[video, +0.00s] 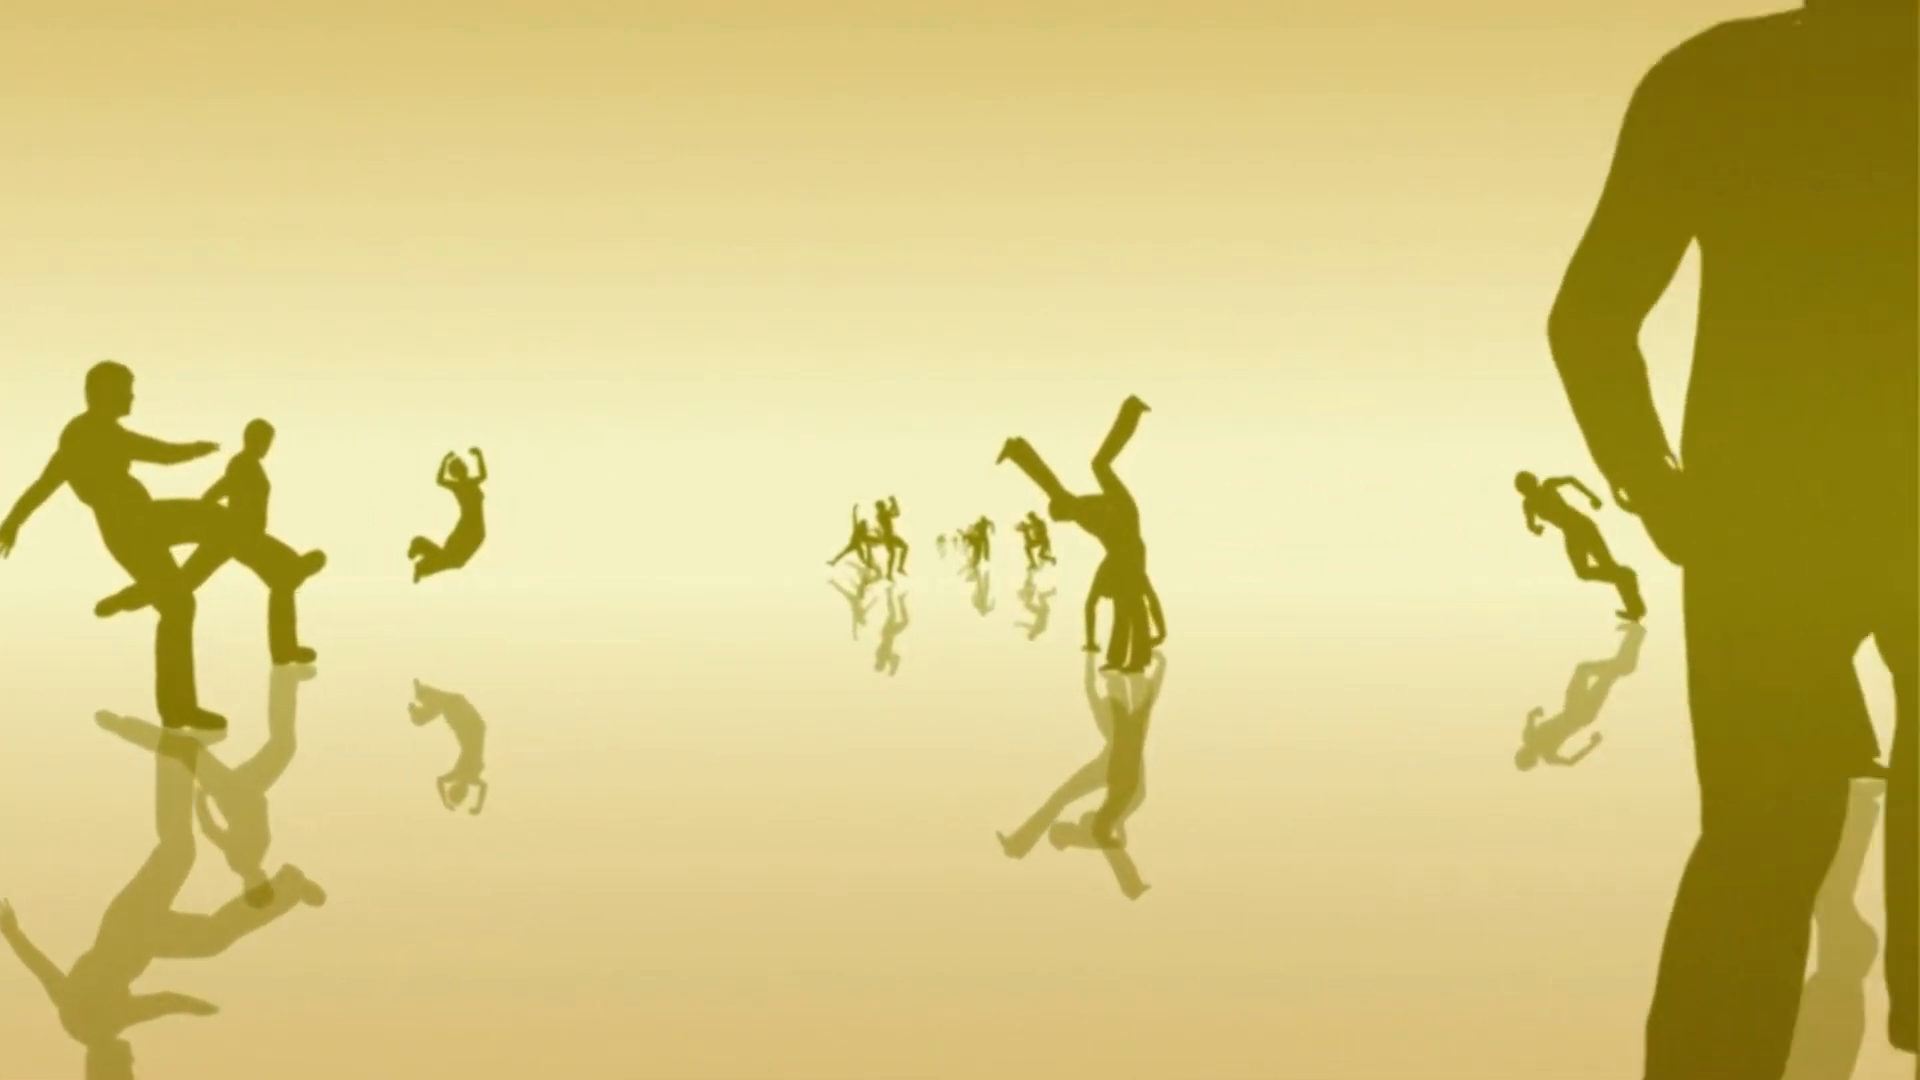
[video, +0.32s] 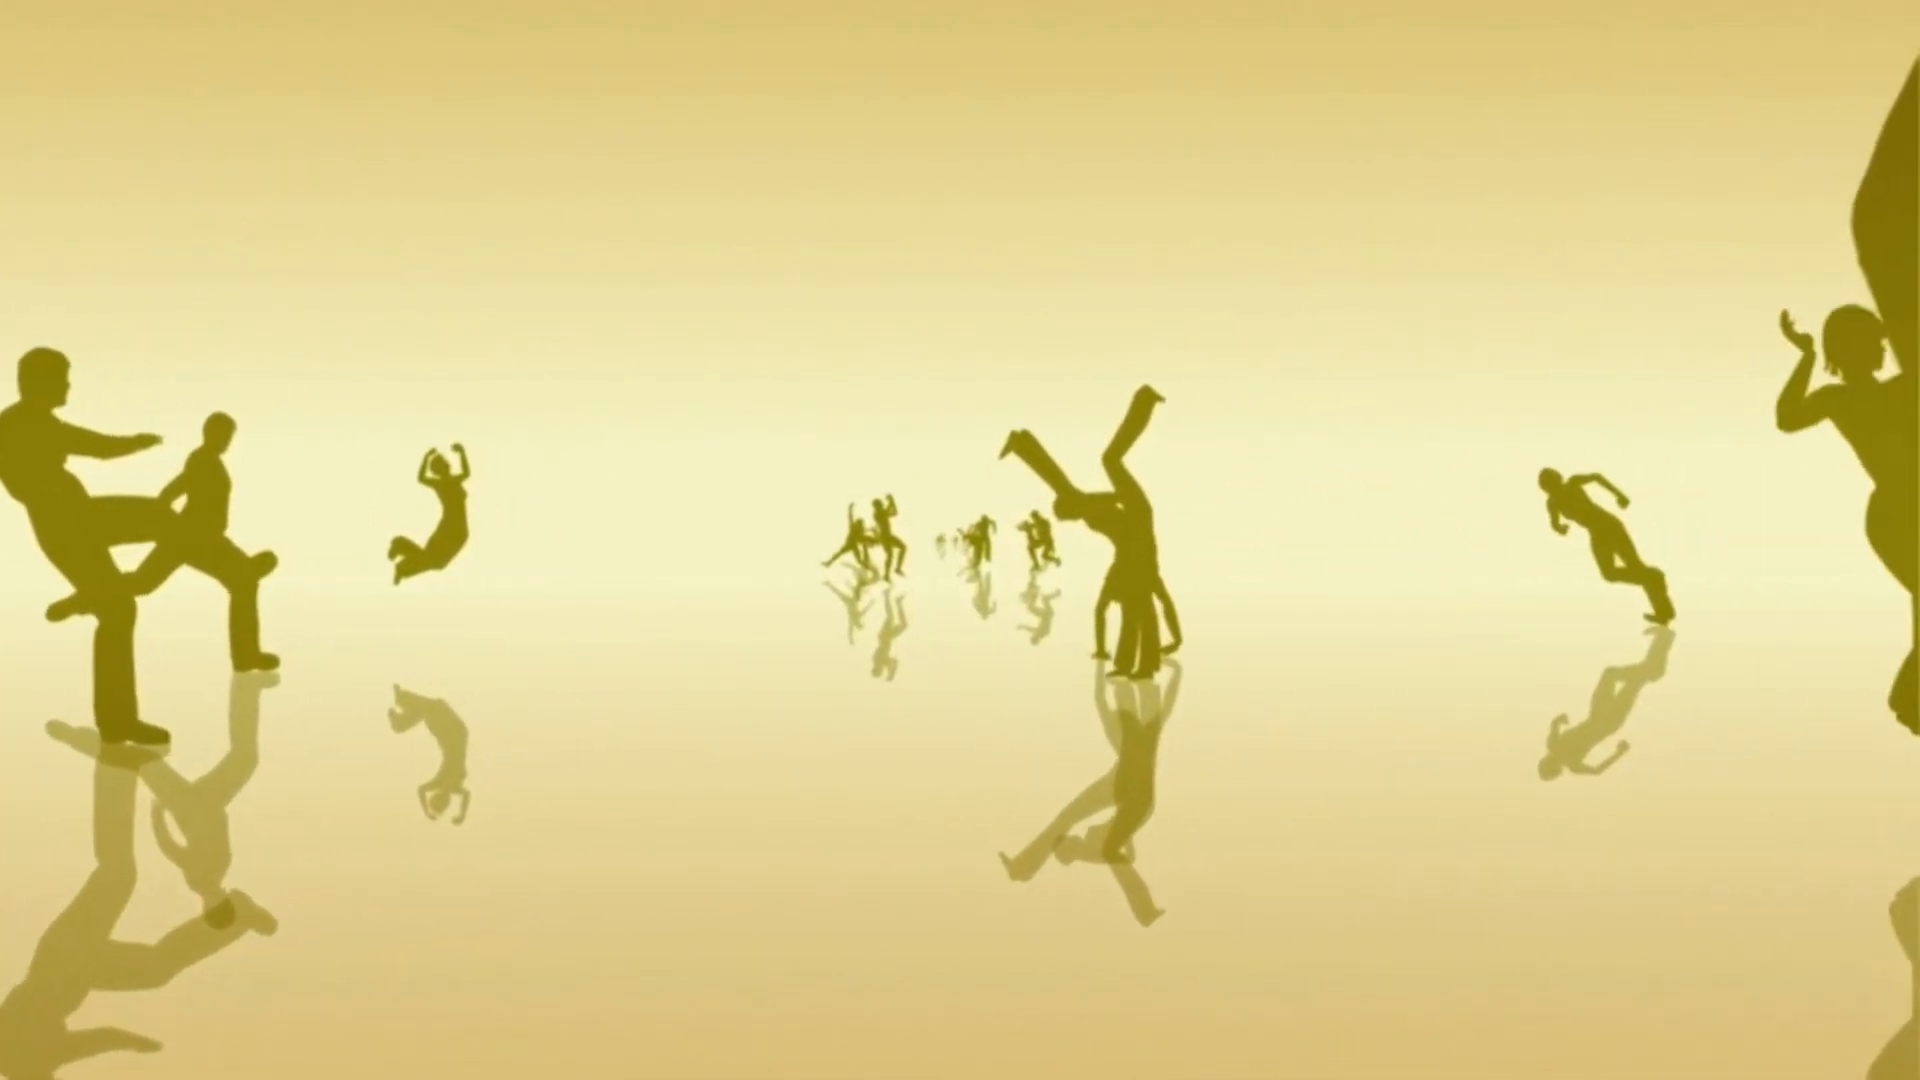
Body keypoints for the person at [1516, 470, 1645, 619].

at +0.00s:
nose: (1526, 491)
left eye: (1527, 485)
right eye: (1522, 489)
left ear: (1532, 481)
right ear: (1521, 490)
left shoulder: (1548, 485)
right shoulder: (1528, 504)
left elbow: (1571, 479)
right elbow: (1530, 523)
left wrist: (1591, 496)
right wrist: (1536, 529)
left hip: (1582, 524)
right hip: (1569, 531)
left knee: (1607, 564)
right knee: (1583, 571)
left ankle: (1634, 606)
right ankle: (1622, 575)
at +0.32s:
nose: (1550, 489)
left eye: (1551, 483)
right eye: (1545, 486)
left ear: (1557, 479)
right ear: (1544, 488)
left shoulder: (1573, 483)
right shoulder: (1552, 503)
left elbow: (1597, 477)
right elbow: (1554, 523)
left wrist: (1618, 495)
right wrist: (1561, 529)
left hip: (1609, 524)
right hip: (1595, 532)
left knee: (1635, 565)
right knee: (1609, 573)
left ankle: (1663, 610)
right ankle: (1651, 576)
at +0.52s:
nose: (1567, 487)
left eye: (1567, 482)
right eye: (1563, 485)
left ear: (1574, 477)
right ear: (1562, 486)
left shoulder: (1592, 481)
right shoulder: (1571, 501)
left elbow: (1616, 475)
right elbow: (1573, 522)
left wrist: (1639, 493)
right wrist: (1579, 528)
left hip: (1629, 523)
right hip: (1615, 531)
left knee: (1655, 565)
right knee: (1629, 574)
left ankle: (1685, 612)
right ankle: (1673, 578)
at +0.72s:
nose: (1586, 486)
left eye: (1586, 480)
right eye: (1582, 483)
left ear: (1593, 475)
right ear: (1582, 484)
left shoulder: (1612, 479)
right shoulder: (1590, 500)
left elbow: (1637, 473)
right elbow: (1592, 521)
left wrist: (1661, 492)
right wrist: (1599, 528)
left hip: (1650, 522)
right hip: (1636, 531)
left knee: (1678, 567)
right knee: (1650, 575)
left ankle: (1708, 615)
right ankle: (1695, 579)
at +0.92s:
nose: (1605, 484)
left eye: (1605, 478)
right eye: (1602, 480)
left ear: (1612, 474)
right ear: (1603, 481)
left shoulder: (1633, 477)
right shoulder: (1610, 499)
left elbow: (1659, 471)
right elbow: (1613, 522)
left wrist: (1683, 490)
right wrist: (1620, 528)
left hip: (1671, 522)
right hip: (1658, 530)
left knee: (1701, 567)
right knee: (1673, 577)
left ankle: (1732, 617)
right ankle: (1719, 580)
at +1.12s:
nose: (1628, 482)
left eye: (1628, 476)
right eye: (1624, 479)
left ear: (1635, 471)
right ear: (1624, 480)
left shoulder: (1656, 475)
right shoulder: (1632, 497)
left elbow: (1683, 468)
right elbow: (1635, 521)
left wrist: (1708, 489)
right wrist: (1642, 527)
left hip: (1695, 521)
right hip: (1681, 530)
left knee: (1726, 568)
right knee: (1697, 578)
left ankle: (1758, 620)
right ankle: (1744, 581)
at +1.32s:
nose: (1651, 480)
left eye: (1651, 474)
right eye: (1647, 477)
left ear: (1657, 470)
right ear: (1648, 477)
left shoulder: (1680, 472)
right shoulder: (1655, 496)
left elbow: (1707, 466)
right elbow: (1658, 521)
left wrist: (1733, 487)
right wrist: (1666, 527)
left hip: (1720, 521)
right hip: (1706, 530)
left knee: (1752, 569)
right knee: (1722, 579)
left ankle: (1785, 623)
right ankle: (1771, 583)